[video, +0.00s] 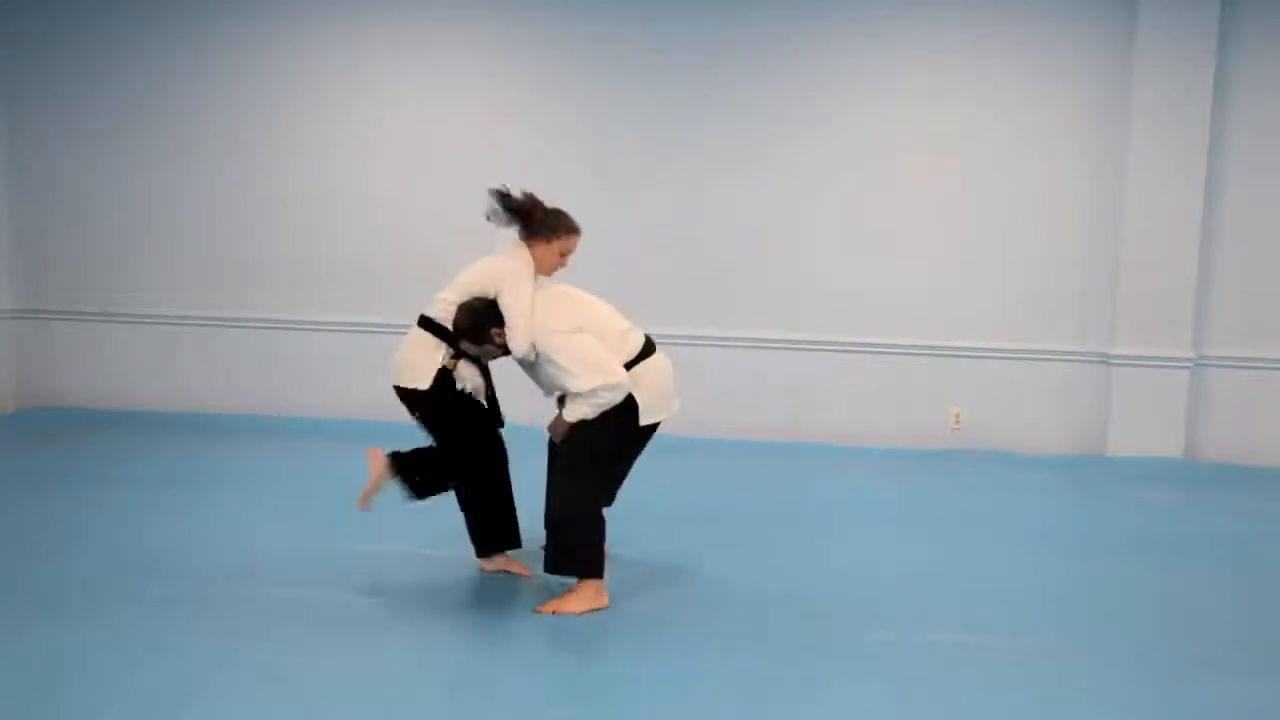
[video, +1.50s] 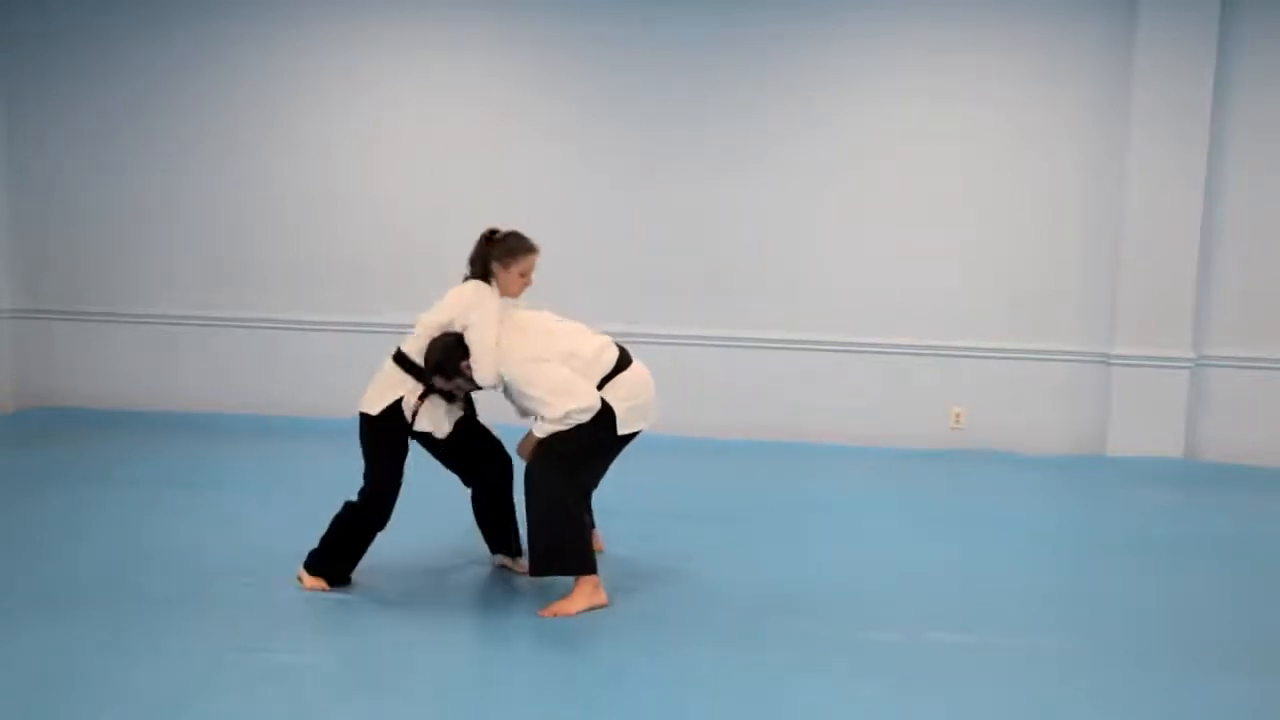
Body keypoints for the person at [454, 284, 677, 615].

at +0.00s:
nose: (482, 358)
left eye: (479, 351)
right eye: (476, 352)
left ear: (498, 335)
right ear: (498, 330)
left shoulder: (543, 329)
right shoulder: (522, 312)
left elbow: (610, 383)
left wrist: (569, 416)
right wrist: (568, 401)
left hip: (638, 387)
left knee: (577, 471)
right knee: (565, 453)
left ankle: (590, 586)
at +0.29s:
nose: (489, 417)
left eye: (486, 412)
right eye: (482, 413)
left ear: (499, 393)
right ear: (500, 388)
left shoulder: (546, 376)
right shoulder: (521, 350)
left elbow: (621, 401)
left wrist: (569, 426)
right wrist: (566, 419)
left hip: (646, 399)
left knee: (572, 471)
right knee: (558, 450)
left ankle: (590, 588)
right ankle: (584, 540)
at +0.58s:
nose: (479, 358)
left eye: (476, 351)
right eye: (472, 353)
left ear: (492, 331)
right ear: (492, 325)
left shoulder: (541, 331)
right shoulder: (528, 318)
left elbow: (604, 384)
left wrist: (562, 421)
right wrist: (562, 408)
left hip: (638, 388)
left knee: (574, 465)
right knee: (566, 453)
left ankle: (590, 586)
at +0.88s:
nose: (468, 339)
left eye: (468, 332)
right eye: (462, 334)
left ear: (487, 312)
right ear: (487, 306)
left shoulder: (533, 309)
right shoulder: (517, 297)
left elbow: (596, 375)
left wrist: (559, 423)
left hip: (626, 378)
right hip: (601, 371)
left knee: (578, 472)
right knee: (560, 453)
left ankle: (594, 584)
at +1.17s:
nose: (467, 381)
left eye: (465, 375)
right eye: (462, 376)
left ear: (480, 358)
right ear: (482, 348)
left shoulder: (529, 354)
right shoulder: (514, 332)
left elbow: (597, 401)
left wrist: (548, 434)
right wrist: (550, 423)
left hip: (630, 398)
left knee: (563, 468)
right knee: (550, 456)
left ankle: (591, 586)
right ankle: (584, 538)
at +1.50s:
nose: (461, 390)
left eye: (455, 385)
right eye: (452, 386)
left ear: (466, 367)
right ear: (464, 354)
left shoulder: (511, 359)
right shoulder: (497, 328)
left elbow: (583, 403)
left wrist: (536, 435)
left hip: (619, 396)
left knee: (549, 469)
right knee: (558, 459)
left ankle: (588, 585)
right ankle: (584, 535)